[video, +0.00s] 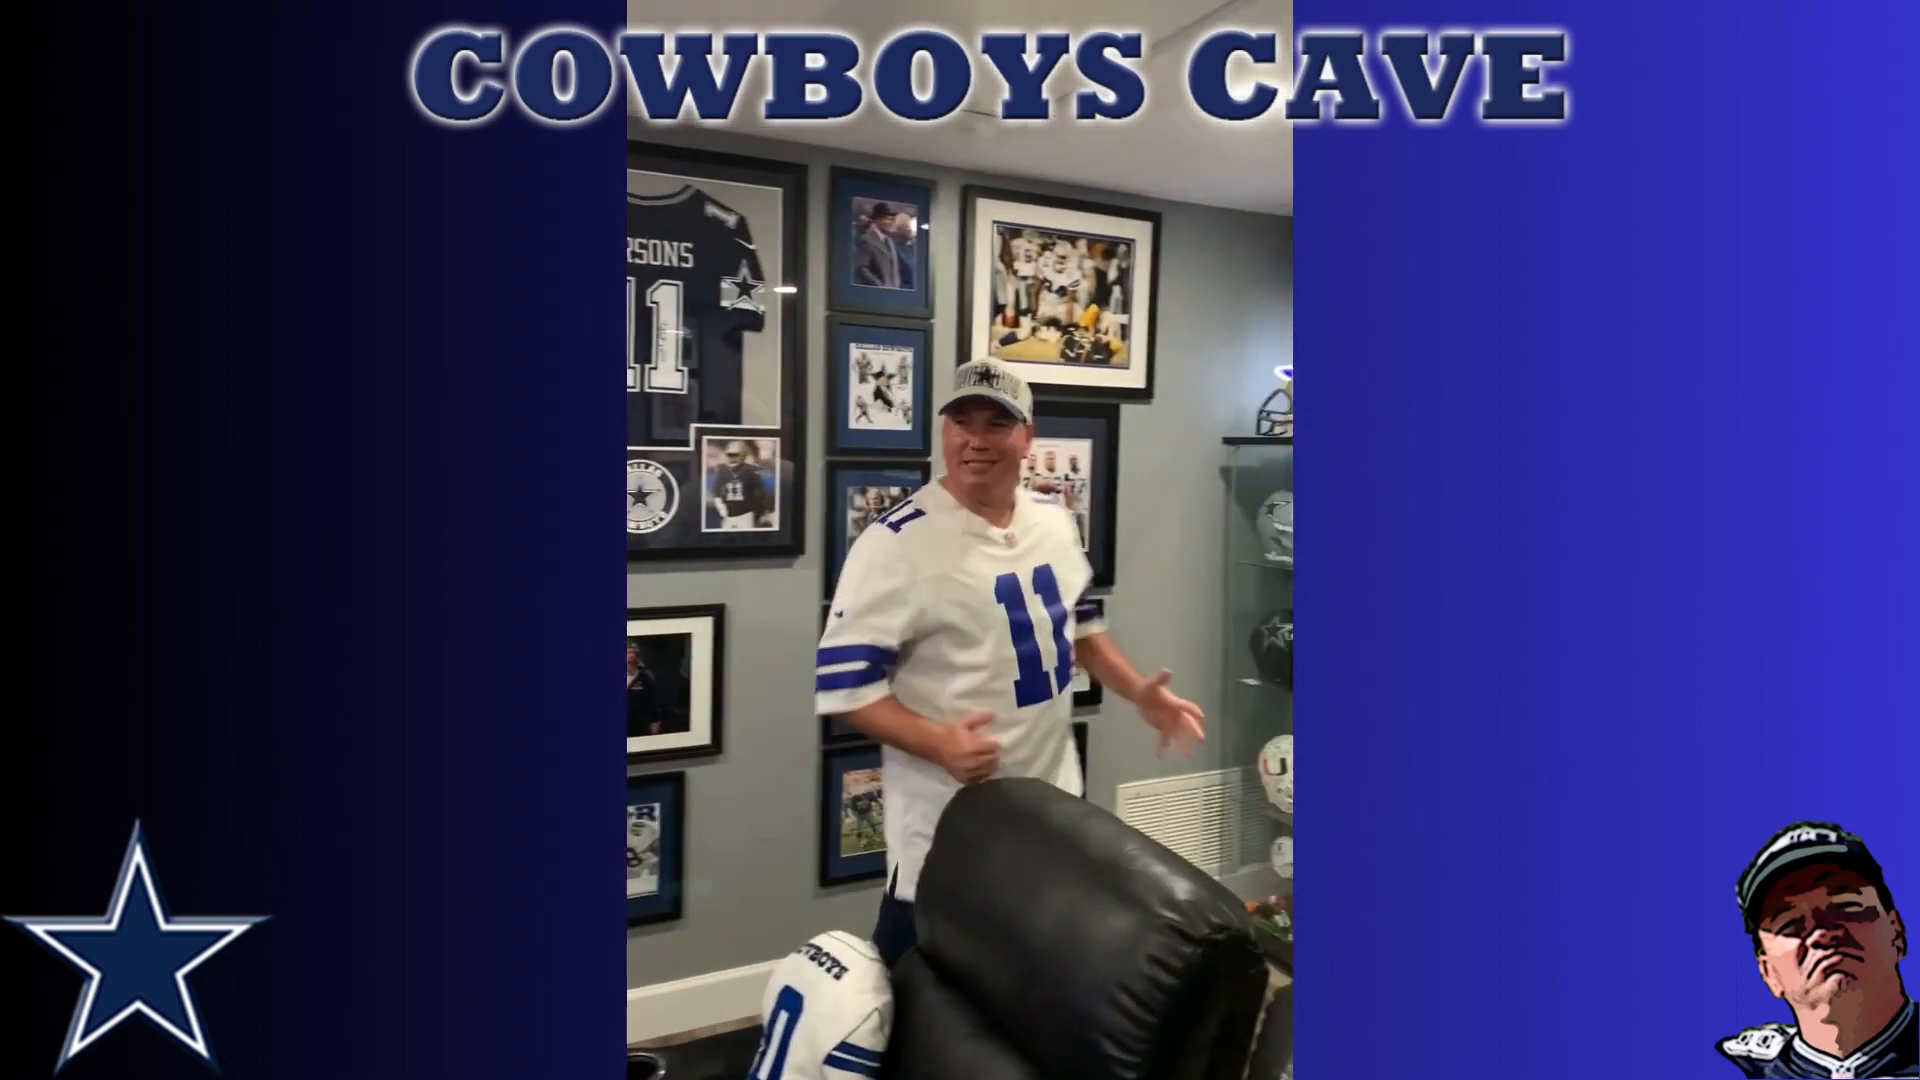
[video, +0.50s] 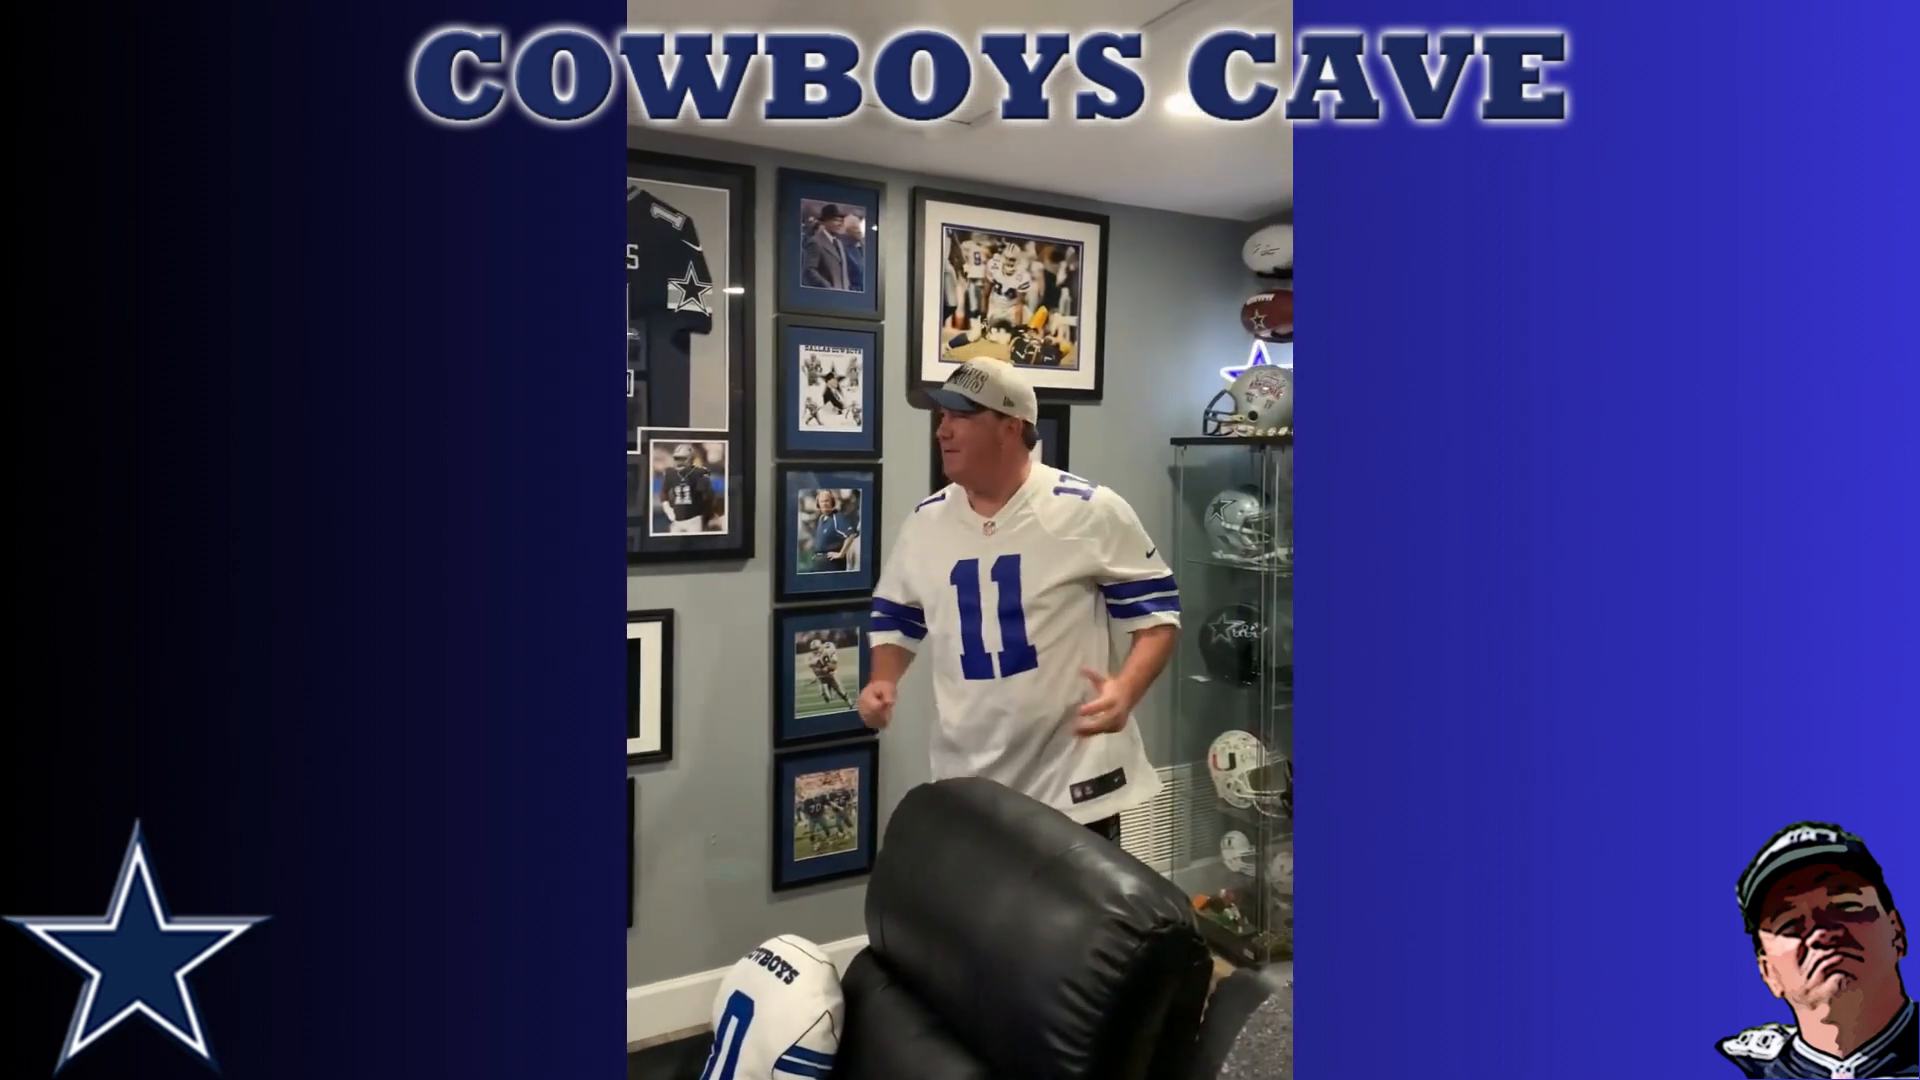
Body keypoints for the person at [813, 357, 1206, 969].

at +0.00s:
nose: (976, 439)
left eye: (997, 423)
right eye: (962, 422)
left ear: (1027, 440)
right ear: (941, 433)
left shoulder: (1054, 525)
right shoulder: (895, 546)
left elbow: (1081, 630)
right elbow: (846, 686)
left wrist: (1137, 690)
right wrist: (937, 740)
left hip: (1051, 822)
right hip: (944, 832)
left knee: (1050, 983)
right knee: (933, 996)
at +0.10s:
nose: (975, 429)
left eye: (997, 412)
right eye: (966, 411)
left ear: (1037, 429)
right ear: (954, 421)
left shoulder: (1087, 516)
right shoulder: (907, 536)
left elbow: (1124, 616)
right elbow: (859, 657)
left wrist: (1164, 681)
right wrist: (917, 721)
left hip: (1074, 809)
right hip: (958, 817)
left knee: (1073, 975)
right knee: (948, 983)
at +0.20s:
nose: (966, 419)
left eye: (988, 403)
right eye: (961, 404)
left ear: (1036, 419)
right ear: (954, 412)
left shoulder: (1101, 510)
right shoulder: (915, 522)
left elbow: (1150, 607)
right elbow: (871, 632)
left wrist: (1174, 674)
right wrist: (903, 699)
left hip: (1083, 799)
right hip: (963, 806)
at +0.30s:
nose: (958, 418)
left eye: (978, 401)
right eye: (955, 403)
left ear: (1029, 418)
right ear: (949, 412)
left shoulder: (1101, 510)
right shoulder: (918, 519)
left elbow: (1157, 613)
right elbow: (878, 623)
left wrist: (1157, 678)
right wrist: (892, 688)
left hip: (1081, 798)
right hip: (962, 800)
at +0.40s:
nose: (949, 425)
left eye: (968, 409)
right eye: (947, 410)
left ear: (1019, 426)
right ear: (942, 418)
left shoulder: (1094, 513)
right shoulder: (916, 526)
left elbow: (1154, 614)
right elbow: (879, 625)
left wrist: (1140, 682)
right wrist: (884, 689)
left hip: (1076, 799)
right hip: (965, 800)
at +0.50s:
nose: (942, 429)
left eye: (962, 414)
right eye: (941, 415)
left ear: (1011, 428)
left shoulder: (1092, 513)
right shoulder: (924, 525)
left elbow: (1160, 616)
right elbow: (896, 624)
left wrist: (1127, 687)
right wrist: (883, 681)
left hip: (1071, 795)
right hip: (967, 796)